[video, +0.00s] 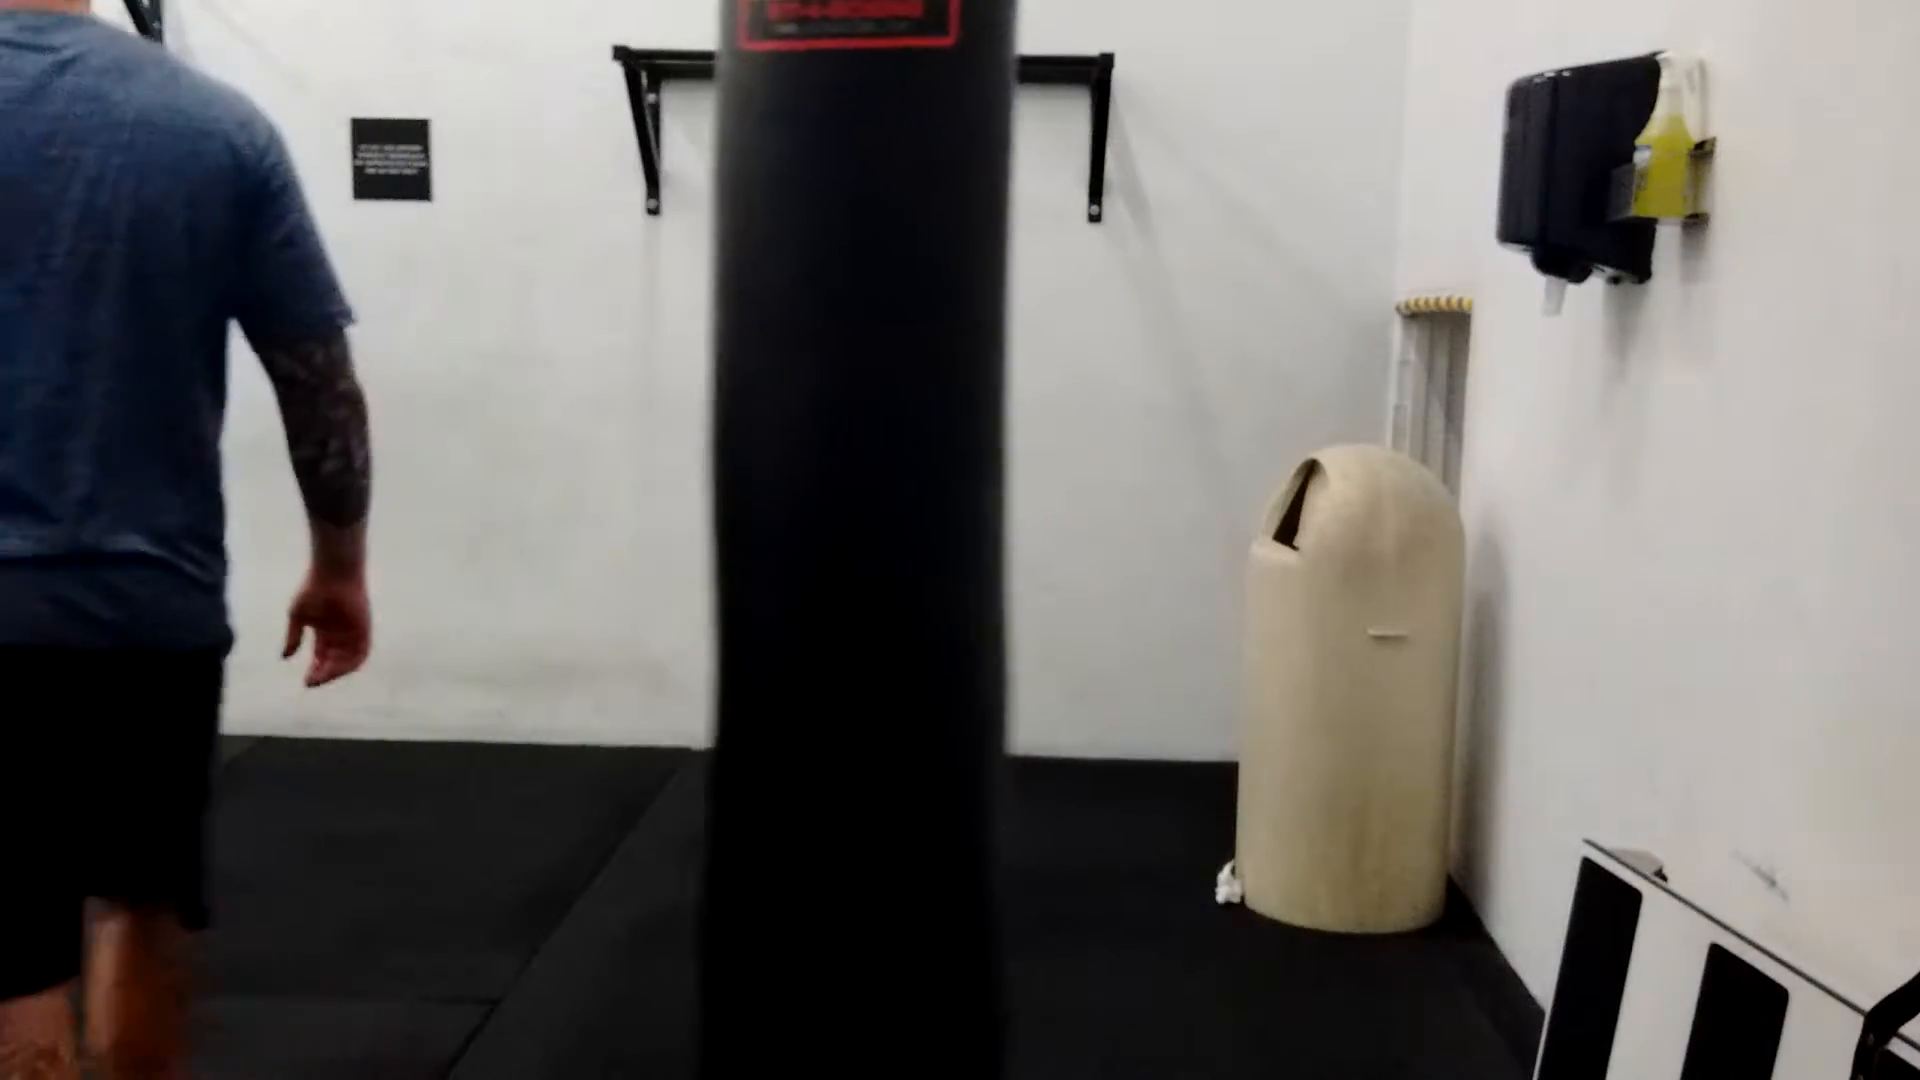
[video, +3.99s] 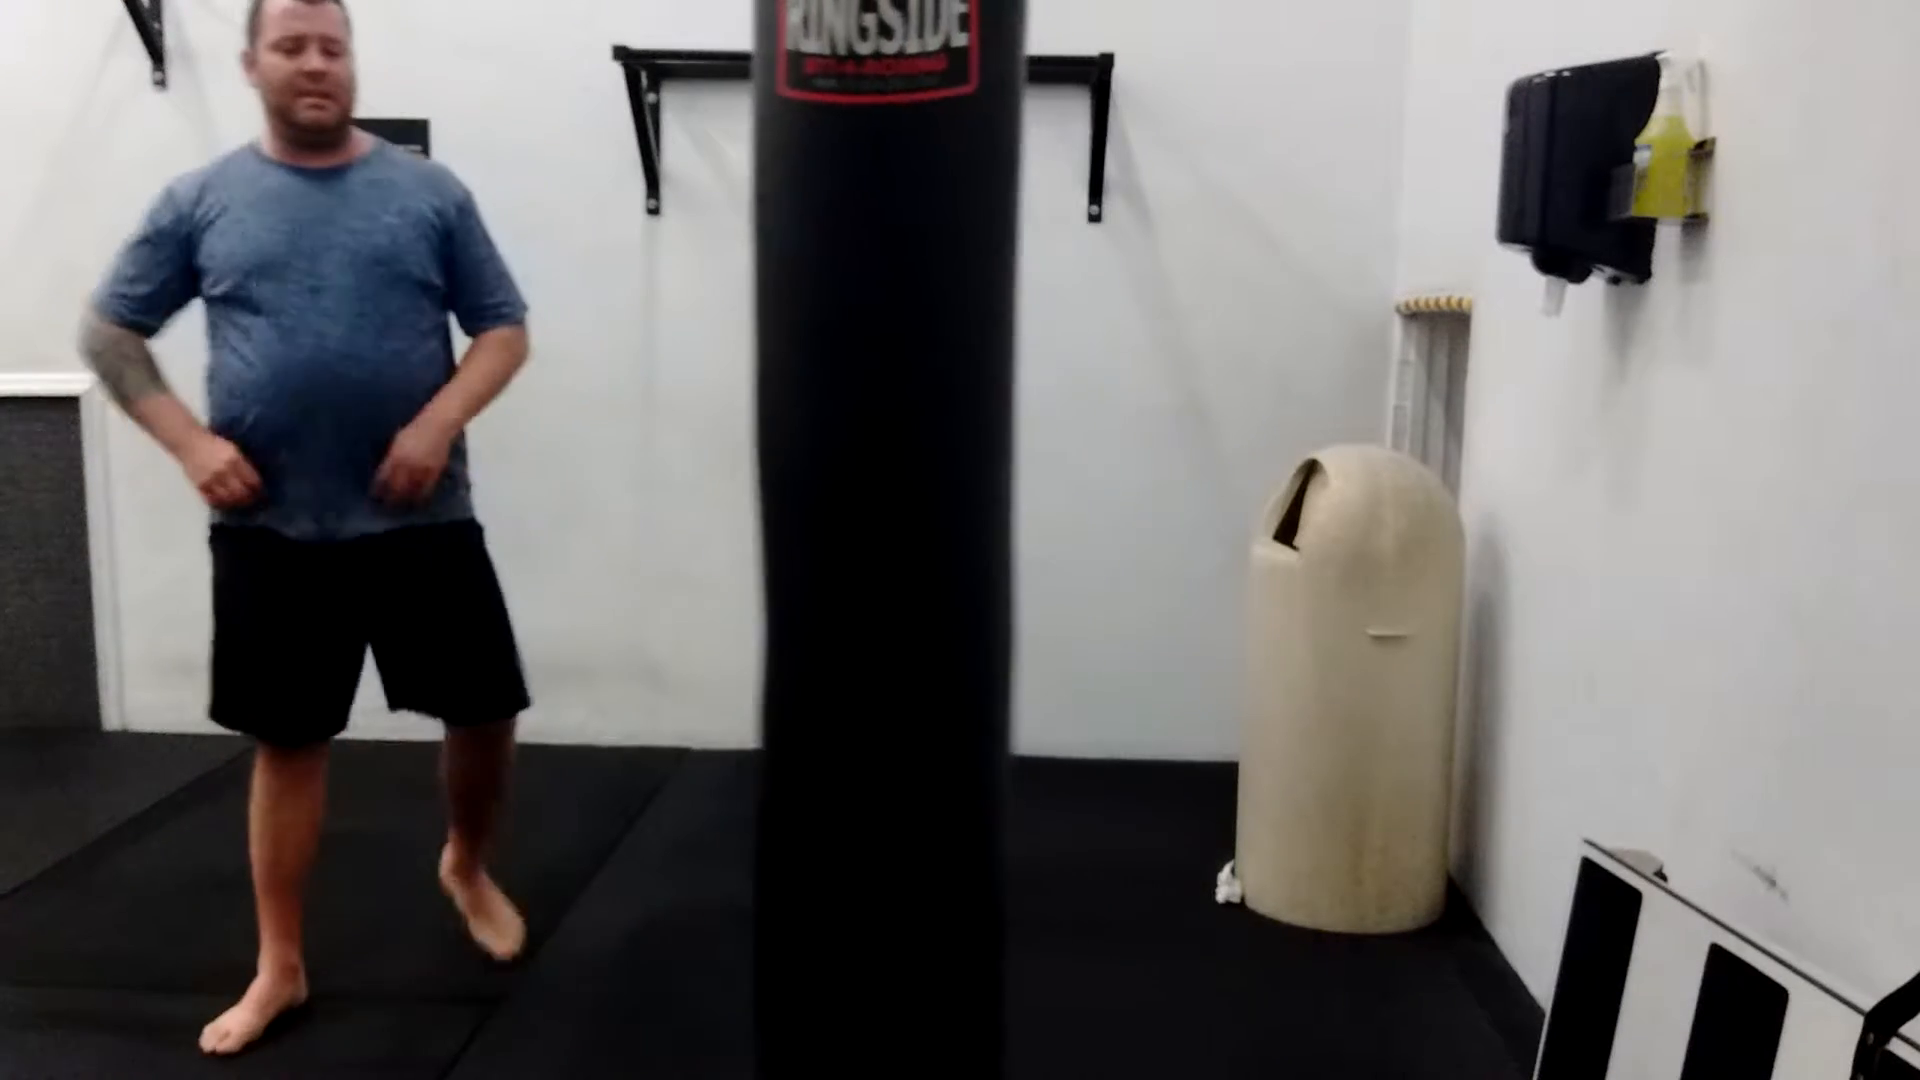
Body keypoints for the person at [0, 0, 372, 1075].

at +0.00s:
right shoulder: (210, 126)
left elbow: (317, 376)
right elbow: (319, 377)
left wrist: (334, 564)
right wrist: (337, 564)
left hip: (14, 598)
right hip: (151, 606)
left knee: (22, 977)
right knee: (143, 915)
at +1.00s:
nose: (188, 50)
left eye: (186, 27)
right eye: (179, 26)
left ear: (73, 29)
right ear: (128, 22)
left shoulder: (8, 139)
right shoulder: (147, 166)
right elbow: (225, 367)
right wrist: (294, 515)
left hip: (24, 533)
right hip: (151, 535)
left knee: (44, 771)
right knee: (251, 753)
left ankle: (61, 1028)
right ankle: (146, 1005)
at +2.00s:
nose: (343, 65)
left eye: (358, 49)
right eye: (320, 45)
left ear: (376, 68)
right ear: (274, 63)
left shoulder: (416, 198)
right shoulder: (218, 194)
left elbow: (486, 310)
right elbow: (173, 358)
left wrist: (499, 373)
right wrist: (192, 512)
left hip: (396, 516)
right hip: (272, 525)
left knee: (408, 721)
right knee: (271, 747)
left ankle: (432, 915)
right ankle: (245, 974)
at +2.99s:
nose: (350, 84)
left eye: (365, 71)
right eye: (332, 72)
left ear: (392, 90)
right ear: (302, 94)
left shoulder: (465, 199)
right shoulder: (270, 215)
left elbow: (547, 315)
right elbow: (221, 340)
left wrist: (485, 406)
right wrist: (226, 454)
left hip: (451, 483)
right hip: (339, 487)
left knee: (458, 680)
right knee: (368, 676)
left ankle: (478, 870)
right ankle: (375, 846)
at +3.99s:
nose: (316, 64)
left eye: (331, 47)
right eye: (292, 46)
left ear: (354, 67)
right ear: (252, 69)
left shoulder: (428, 192)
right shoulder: (204, 201)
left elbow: (506, 332)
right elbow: (105, 331)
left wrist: (437, 423)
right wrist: (191, 442)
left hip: (420, 519)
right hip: (274, 527)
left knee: (488, 710)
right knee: (286, 744)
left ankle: (466, 866)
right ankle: (279, 966)